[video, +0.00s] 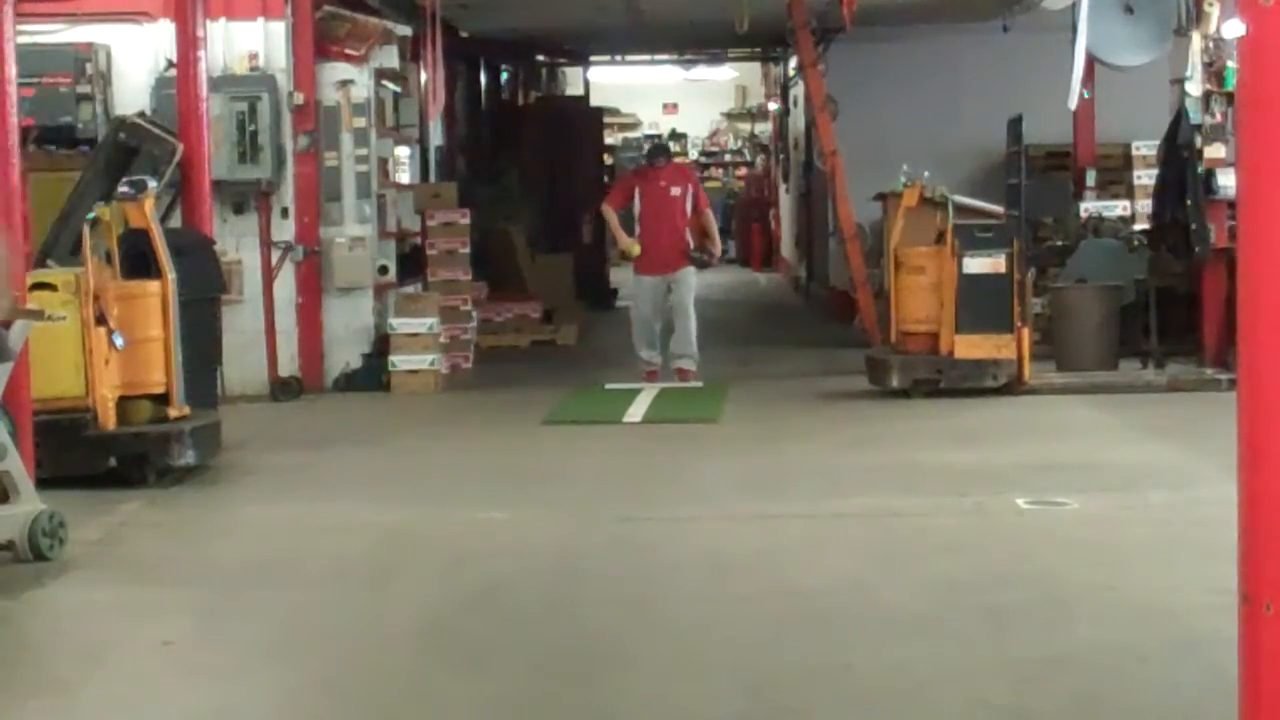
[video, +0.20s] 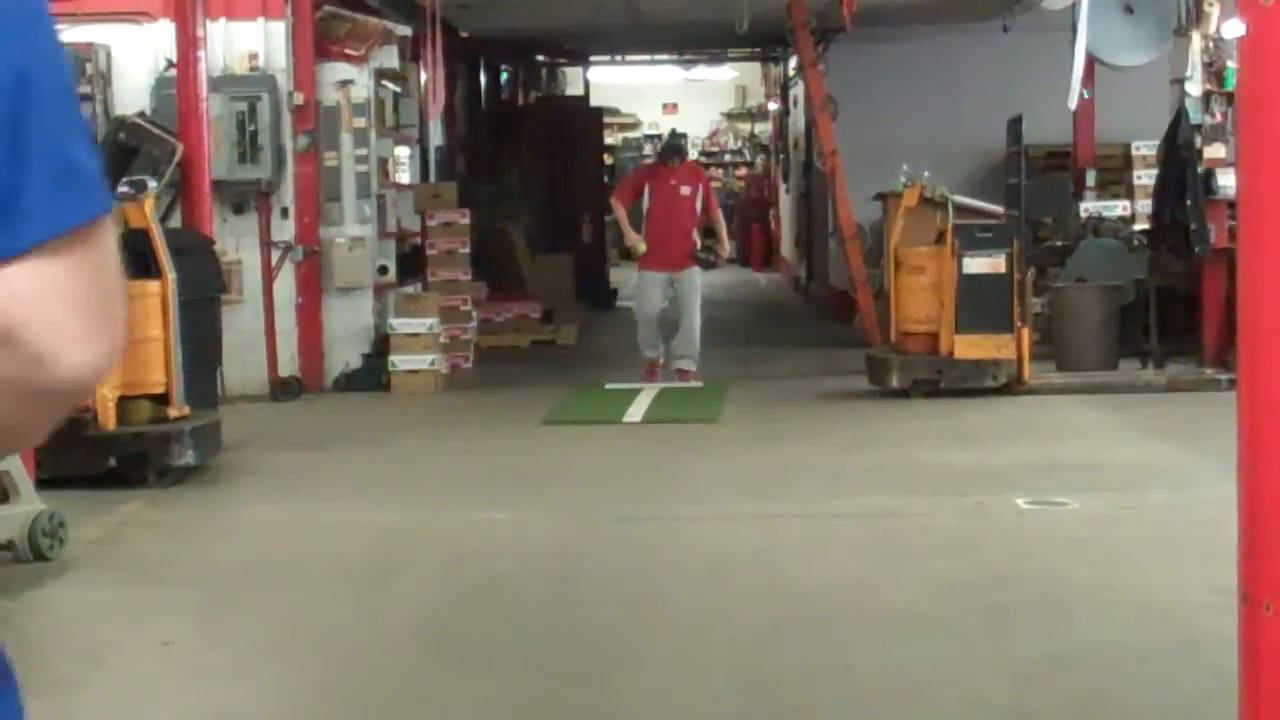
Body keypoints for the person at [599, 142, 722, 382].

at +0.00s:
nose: (657, 166)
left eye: (661, 160)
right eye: (652, 161)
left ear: (669, 156)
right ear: (645, 159)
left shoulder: (686, 176)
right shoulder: (635, 178)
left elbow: (704, 211)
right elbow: (608, 207)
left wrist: (715, 241)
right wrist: (622, 238)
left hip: (681, 261)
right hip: (647, 263)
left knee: (684, 311)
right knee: (645, 315)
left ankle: (685, 364)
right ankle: (650, 364)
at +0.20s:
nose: (673, 166)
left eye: (677, 161)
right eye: (668, 161)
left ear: (685, 156)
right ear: (661, 156)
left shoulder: (697, 175)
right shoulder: (646, 173)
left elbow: (714, 210)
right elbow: (617, 200)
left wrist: (723, 241)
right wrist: (629, 233)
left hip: (687, 261)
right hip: (653, 261)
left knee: (691, 315)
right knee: (646, 312)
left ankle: (685, 364)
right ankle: (652, 357)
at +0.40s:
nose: (674, 167)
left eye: (680, 163)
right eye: (671, 162)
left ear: (689, 156)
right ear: (664, 155)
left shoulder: (705, 174)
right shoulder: (651, 171)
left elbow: (720, 209)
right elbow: (622, 194)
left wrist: (728, 243)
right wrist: (634, 228)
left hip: (690, 260)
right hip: (655, 257)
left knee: (693, 314)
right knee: (649, 305)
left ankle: (687, 362)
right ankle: (653, 356)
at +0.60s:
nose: (675, 163)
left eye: (680, 159)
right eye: (671, 159)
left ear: (689, 153)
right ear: (665, 153)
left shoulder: (705, 173)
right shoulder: (652, 170)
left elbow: (720, 210)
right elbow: (623, 194)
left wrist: (728, 243)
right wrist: (634, 228)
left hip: (691, 260)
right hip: (656, 256)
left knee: (689, 315)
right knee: (652, 310)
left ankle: (685, 363)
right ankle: (649, 360)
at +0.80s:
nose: (672, 167)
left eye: (677, 162)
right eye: (668, 162)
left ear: (685, 156)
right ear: (662, 155)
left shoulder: (701, 173)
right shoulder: (649, 171)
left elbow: (717, 209)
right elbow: (619, 199)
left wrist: (727, 243)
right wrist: (631, 234)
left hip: (690, 261)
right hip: (657, 258)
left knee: (689, 316)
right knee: (653, 313)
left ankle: (685, 364)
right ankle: (651, 363)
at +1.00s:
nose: (659, 173)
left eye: (663, 169)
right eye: (656, 169)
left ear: (673, 161)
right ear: (650, 162)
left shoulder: (693, 172)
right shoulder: (643, 173)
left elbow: (711, 208)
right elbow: (610, 203)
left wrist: (721, 240)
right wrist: (624, 237)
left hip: (686, 259)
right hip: (653, 258)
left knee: (686, 314)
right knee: (651, 312)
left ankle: (685, 363)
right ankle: (651, 366)